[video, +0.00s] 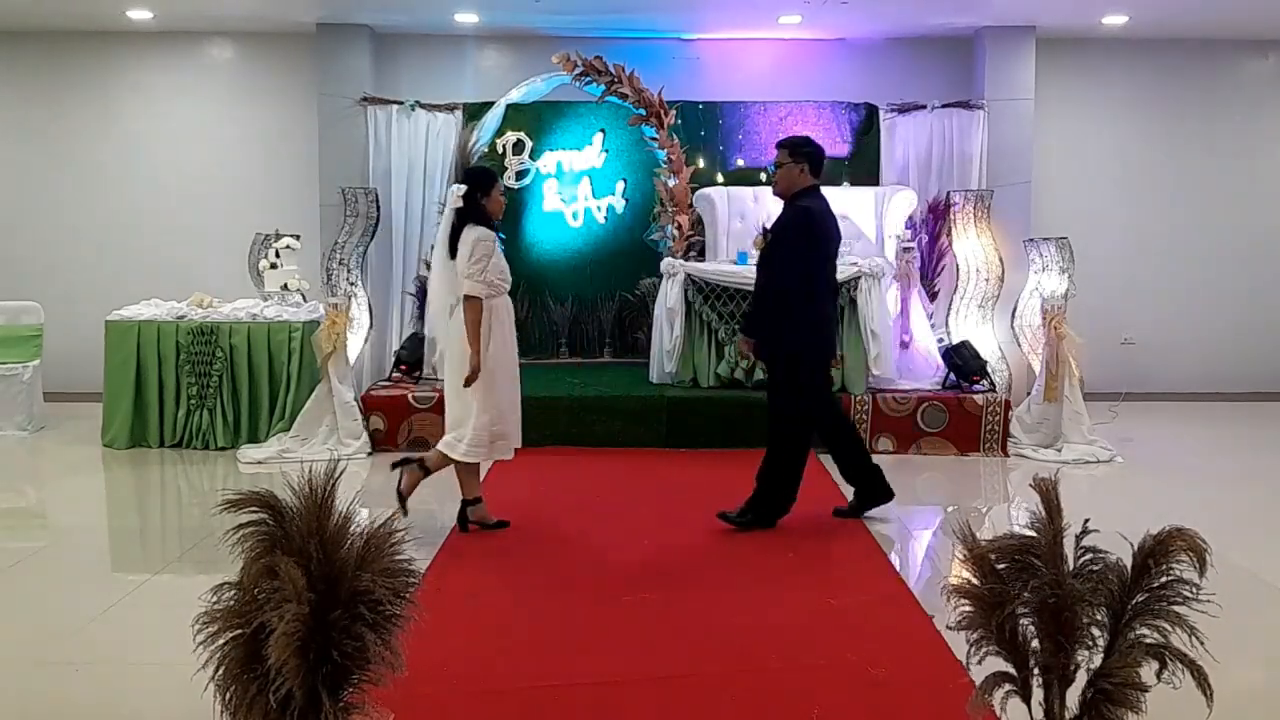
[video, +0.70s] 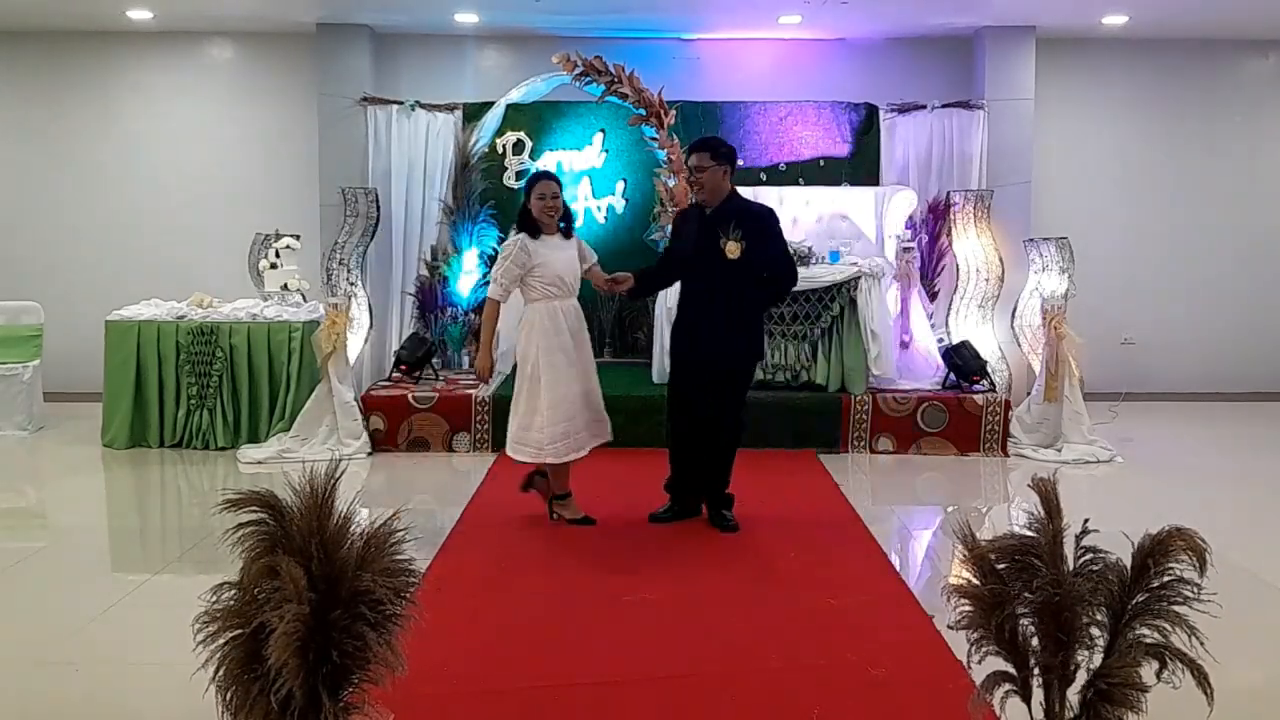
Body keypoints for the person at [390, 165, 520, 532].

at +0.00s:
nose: (504, 201)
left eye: (502, 194)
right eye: (499, 195)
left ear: (474, 198)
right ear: (483, 198)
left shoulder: (462, 232)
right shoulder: (482, 236)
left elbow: (460, 296)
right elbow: (472, 297)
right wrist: (475, 352)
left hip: (467, 340)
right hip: (481, 341)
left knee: (468, 423)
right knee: (482, 423)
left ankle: (473, 506)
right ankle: (419, 470)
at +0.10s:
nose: (512, 200)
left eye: (511, 193)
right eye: (507, 194)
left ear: (484, 198)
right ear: (491, 198)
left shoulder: (477, 233)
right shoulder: (487, 235)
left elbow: (474, 296)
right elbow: (476, 295)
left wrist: (478, 350)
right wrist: (476, 350)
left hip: (484, 343)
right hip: (493, 343)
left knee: (480, 416)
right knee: (516, 416)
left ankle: (475, 504)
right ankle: (455, 464)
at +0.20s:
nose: (520, 199)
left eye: (519, 192)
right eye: (515, 193)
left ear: (489, 198)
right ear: (500, 197)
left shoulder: (481, 236)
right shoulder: (495, 237)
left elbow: (503, 295)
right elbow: (483, 295)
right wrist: (483, 350)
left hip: (481, 344)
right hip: (502, 344)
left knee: (475, 423)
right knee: (533, 414)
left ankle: (473, 506)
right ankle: (504, 488)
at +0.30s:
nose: (530, 200)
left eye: (528, 192)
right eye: (524, 193)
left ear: (504, 199)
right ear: (507, 199)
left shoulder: (499, 235)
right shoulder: (503, 237)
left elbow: (535, 273)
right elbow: (487, 290)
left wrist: (570, 297)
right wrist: (486, 347)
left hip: (489, 346)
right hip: (511, 344)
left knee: (477, 418)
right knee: (545, 411)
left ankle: (473, 504)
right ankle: (551, 497)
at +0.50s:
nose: (546, 204)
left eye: (544, 197)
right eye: (540, 198)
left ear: (529, 203)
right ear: (521, 204)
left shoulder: (541, 241)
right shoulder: (510, 245)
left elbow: (571, 254)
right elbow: (485, 297)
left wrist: (597, 272)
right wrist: (479, 351)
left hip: (535, 344)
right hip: (525, 345)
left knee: (503, 419)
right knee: (553, 417)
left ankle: (480, 497)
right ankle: (561, 499)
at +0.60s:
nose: (550, 203)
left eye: (552, 197)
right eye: (541, 197)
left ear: (553, 200)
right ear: (522, 202)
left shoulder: (556, 238)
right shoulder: (516, 244)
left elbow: (583, 258)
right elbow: (491, 298)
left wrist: (600, 269)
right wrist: (480, 349)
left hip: (558, 335)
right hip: (538, 337)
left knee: (546, 413)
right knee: (555, 415)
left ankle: (502, 475)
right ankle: (562, 499)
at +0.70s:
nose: (550, 204)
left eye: (555, 197)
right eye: (542, 198)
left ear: (562, 201)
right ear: (529, 204)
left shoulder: (574, 244)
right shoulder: (520, 245)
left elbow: (601, 279)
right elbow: (494, 298)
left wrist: (621, 284)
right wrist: (485, 351)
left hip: (571, 329)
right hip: (541, 332)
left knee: (578, 406)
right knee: (557, 410)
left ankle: (546, 475)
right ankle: (562, 495)